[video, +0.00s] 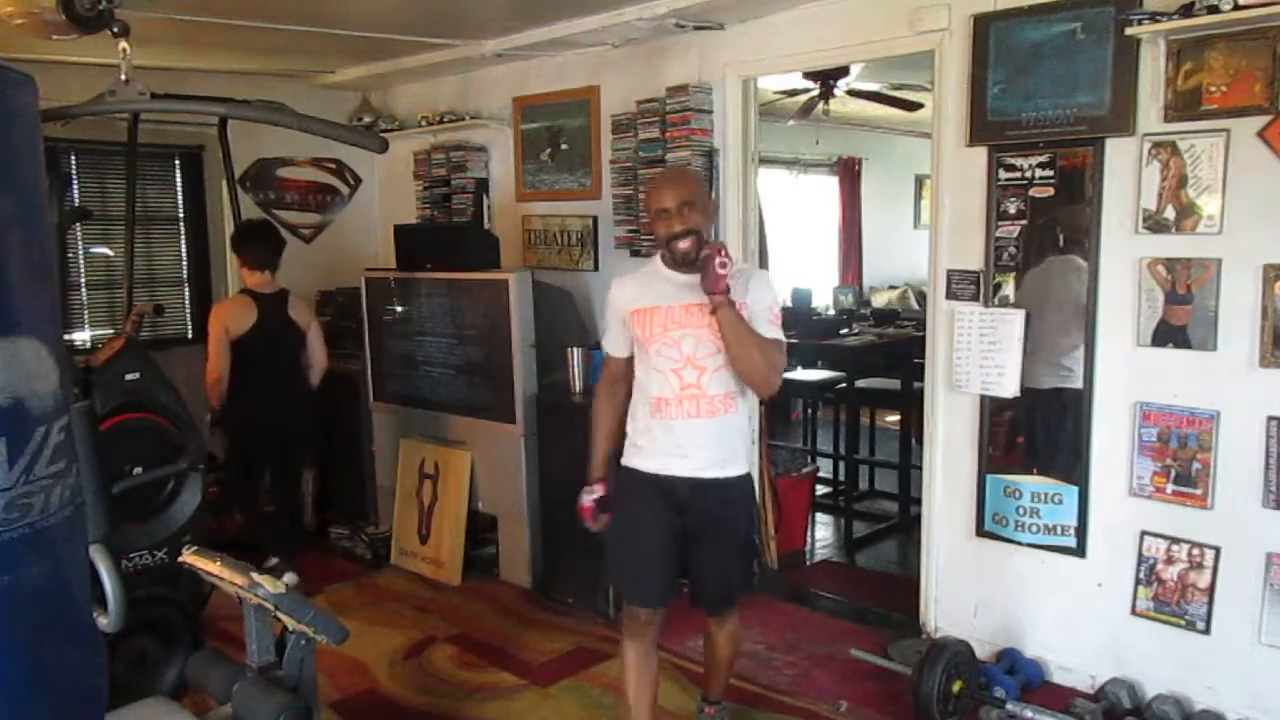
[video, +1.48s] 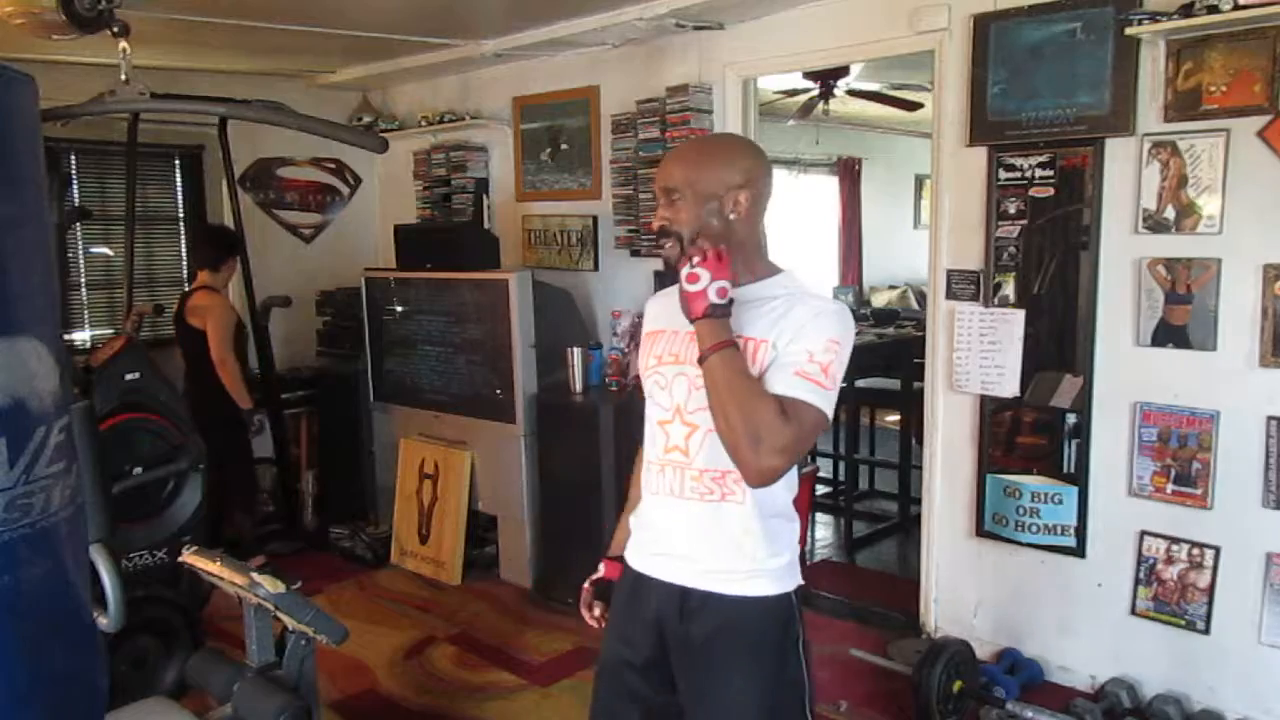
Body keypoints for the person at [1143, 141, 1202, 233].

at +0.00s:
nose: (1158, 159)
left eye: (1159, 154)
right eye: (1155, 156)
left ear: (1169, 150)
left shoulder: (1175, 162)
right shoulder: (1164, 166)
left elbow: (1170, 188)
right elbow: (1161, 188)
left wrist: (1160, 214)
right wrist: (1157, 213)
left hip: (1190, 211)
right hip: (1180, 212)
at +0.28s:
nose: (1158, 159)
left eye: (1159, 154)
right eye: (1155, 156)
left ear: (1169, 150)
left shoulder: (1175, 162)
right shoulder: (1164, 166)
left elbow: (1170, 188)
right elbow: (1161, 188)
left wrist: (1160, 214)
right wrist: (1157, 213)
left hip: (1190, 211)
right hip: (1180, 212)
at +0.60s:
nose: (1158, 159)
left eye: (1159, 154)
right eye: (1155, 156)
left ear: (1168, 150)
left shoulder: (1175, 161)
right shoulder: (1163, 166)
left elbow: (1170, 187)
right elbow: (1161, 189)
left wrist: (1159, 214)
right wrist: (1157, 213)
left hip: (1190, 211)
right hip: (1180, 212)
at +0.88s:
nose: (1158, 159)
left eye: (1159, 154)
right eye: (1155, 156)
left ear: (1168, 150)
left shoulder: (1175, 161)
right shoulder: (1164, 166)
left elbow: (1170, 187)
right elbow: (1161, 189)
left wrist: (1159, 214)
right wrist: (1157, 213)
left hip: (1190, 210)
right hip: (1180, 211)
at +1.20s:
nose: (1157, 158)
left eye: (1159, 153)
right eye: (1155, 156)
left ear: (1168, 150)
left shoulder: (1175, 162)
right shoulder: (1164, 166)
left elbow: (1170, 188)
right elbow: (1161, 188)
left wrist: (1160, 213)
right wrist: (1157, 212)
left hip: (1190, 211)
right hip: (1180, 211)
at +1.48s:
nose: (1157, 158)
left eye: (1159, 153)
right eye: (1155, 156)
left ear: (1168, 150)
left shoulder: (1175, 161)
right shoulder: (1164, 166)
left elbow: (1170, 188)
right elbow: (1161, 188)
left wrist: (1160, 213)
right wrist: (1157, 212)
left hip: (1190, 211)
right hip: (1180, 211)